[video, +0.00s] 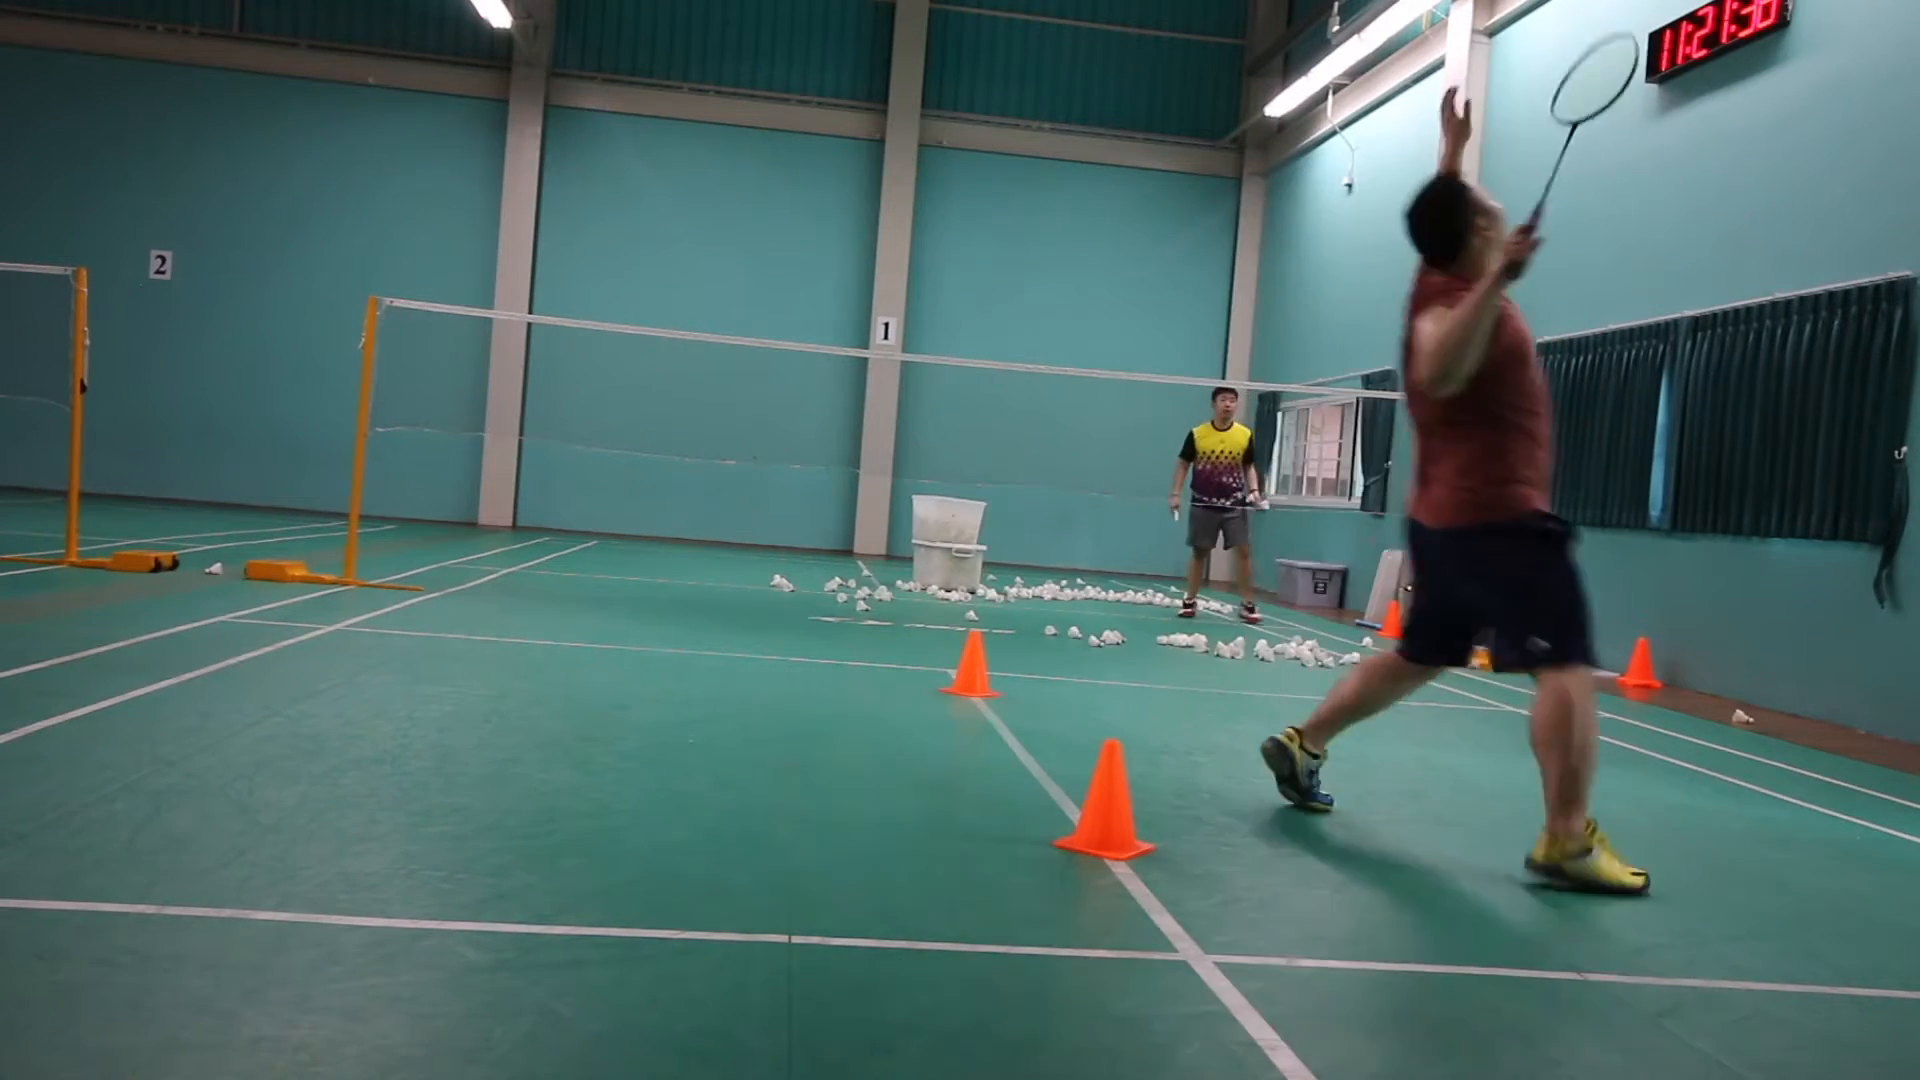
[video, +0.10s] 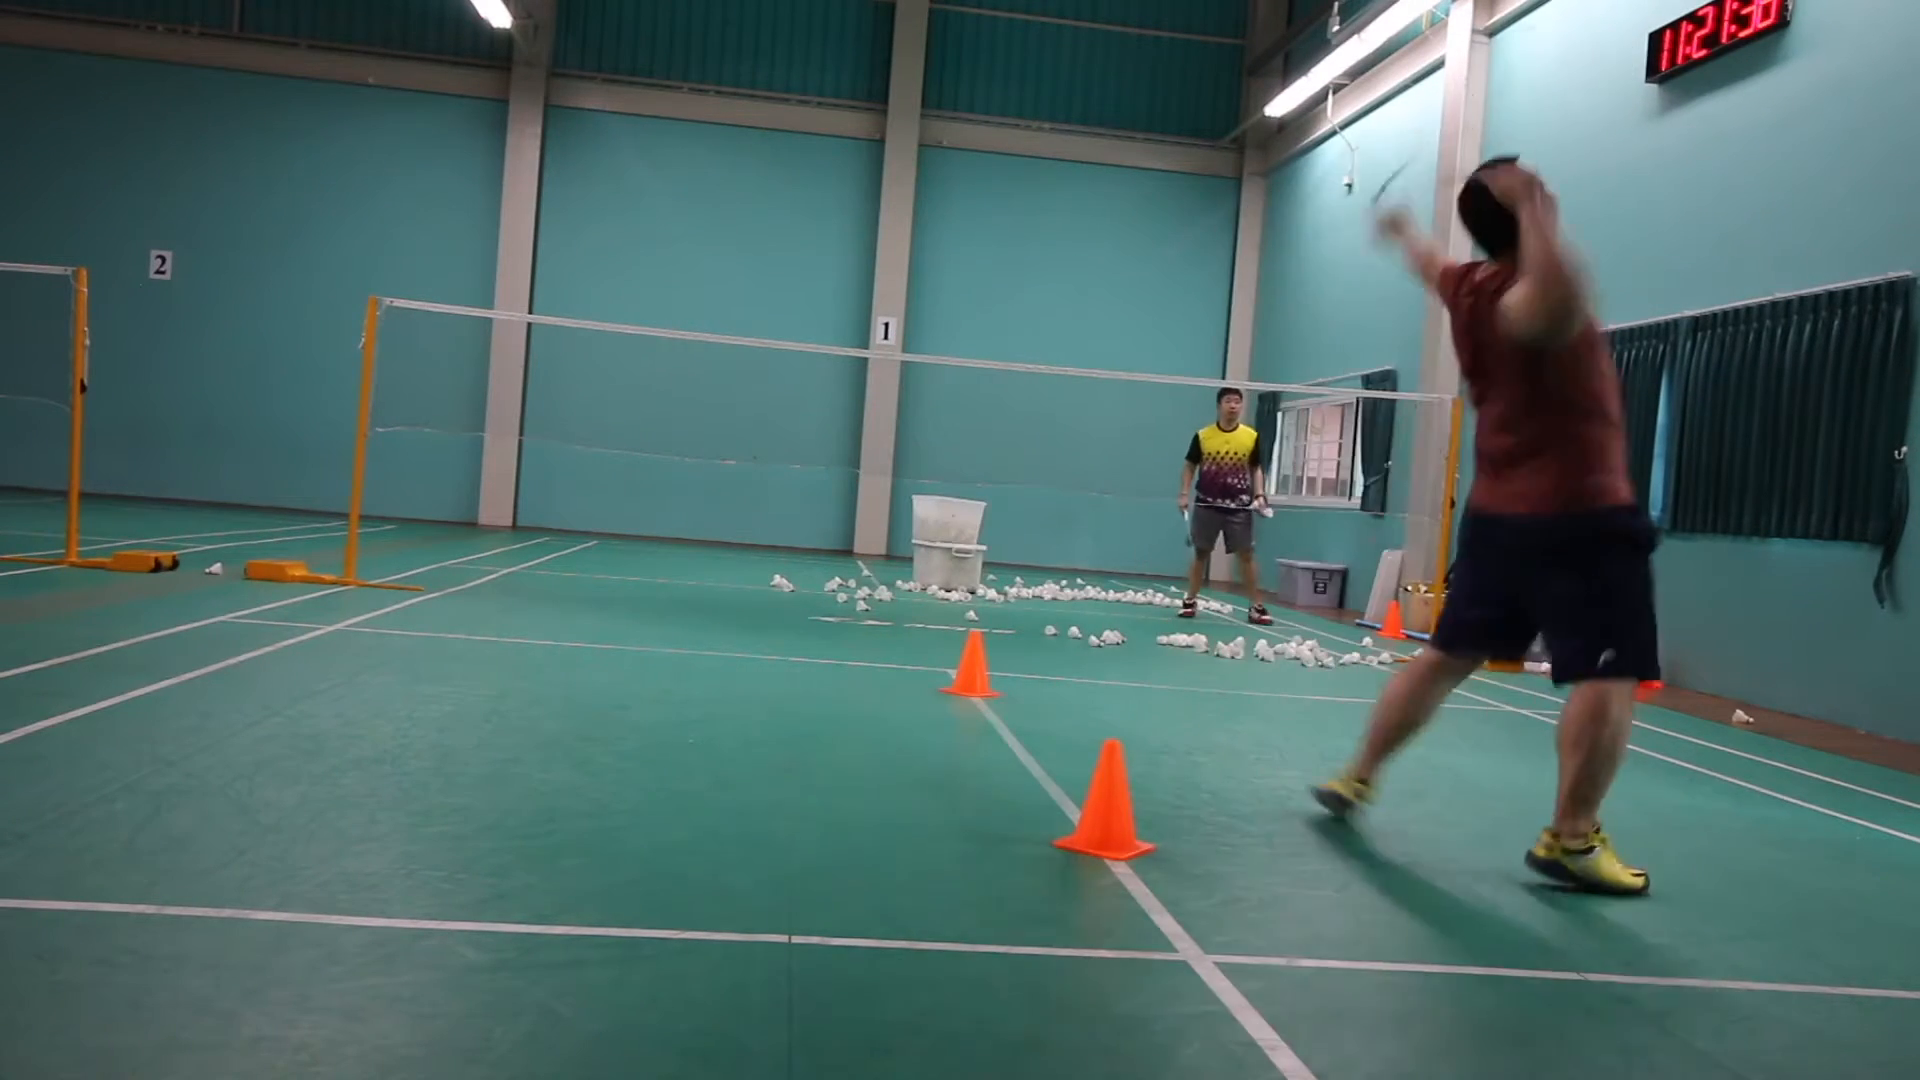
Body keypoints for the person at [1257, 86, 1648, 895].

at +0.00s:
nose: (1499, 209)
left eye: (1489, 203)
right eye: (1488, 206)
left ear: (1441, 240)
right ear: (1471, 233)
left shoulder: (1448, 283)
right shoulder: (1453, 302)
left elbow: (1447, 224)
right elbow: (1436, 374)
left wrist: (1454, 147)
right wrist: (1497, 281)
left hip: (1442, 522)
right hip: (1507, 522)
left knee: (1426, 652)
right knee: (1566, 665)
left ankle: (1305, 743)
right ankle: (1567, 840)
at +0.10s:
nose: (1544, 197)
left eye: (1536, 187)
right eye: (1531, 191)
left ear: (1476, 229)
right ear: (1524, 220)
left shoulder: (1466, 287)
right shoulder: (1527, 294)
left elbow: (1429, 264)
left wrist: (1401, 233)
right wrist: (1538, 210)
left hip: (1501, 517)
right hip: (1586, 520)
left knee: (1449, 653)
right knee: (1609, 673)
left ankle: (1357, 776)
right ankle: (1573, 836)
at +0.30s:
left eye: (1499, 239)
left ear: (1494, 245)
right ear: (1569, 238)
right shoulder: (1626, 286)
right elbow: (1688, 272)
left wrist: (1380, 522)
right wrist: (1721, 248)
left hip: (1534, 532)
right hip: (1641, 524)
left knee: (1468, 665)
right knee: (1661, 686)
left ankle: (1411, 799)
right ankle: (1674, 861)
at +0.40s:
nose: (1472, 256)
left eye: (1469, 246)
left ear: (1472, 248)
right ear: (1544, 247)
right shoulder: (1606, 316)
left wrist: (1401, 536)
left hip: (1516, 523)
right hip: (1622, 521)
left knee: (1451, 652)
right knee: (1644, 678)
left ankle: (1413, 796)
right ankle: (1674, 851)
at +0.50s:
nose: (1427, 276)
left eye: (1427, 266)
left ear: (1428, 268)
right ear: (1493, 269)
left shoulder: (1410, 332)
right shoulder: (1542, 340)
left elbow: (1380, 399)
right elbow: (1564, 445)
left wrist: (1358, 508)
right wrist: (1543, 513)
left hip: (1447, 527)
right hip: (1545, 528)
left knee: (1396, 652)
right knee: (1591, 671)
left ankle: (1429, 802)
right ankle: (1662, 816)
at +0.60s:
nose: (1390, 273)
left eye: (1388, 263)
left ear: (1386, 266)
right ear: (1449, 269)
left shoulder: (1352, 323)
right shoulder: (1492, 333)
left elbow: (1312, 387)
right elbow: (1521, 436)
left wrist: (1307, 491)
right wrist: (1480, 476)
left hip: (1389, 505)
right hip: (1480, 505)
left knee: (1377, 650)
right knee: (1482, 635)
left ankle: (1424, 792)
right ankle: (1531, 766)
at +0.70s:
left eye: (1326, 296)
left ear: (1326, 295)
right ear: (1380, 301)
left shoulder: (1300, 342)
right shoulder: (1422, 357)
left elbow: (1261, 406)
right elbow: (1445, 455)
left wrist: (1246, 503)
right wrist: (1425, 492)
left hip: (1323, 506)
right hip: (1408, 511)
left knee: (1262, 624)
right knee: (1406, 638)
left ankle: (1319, 736)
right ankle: (1441, 776)